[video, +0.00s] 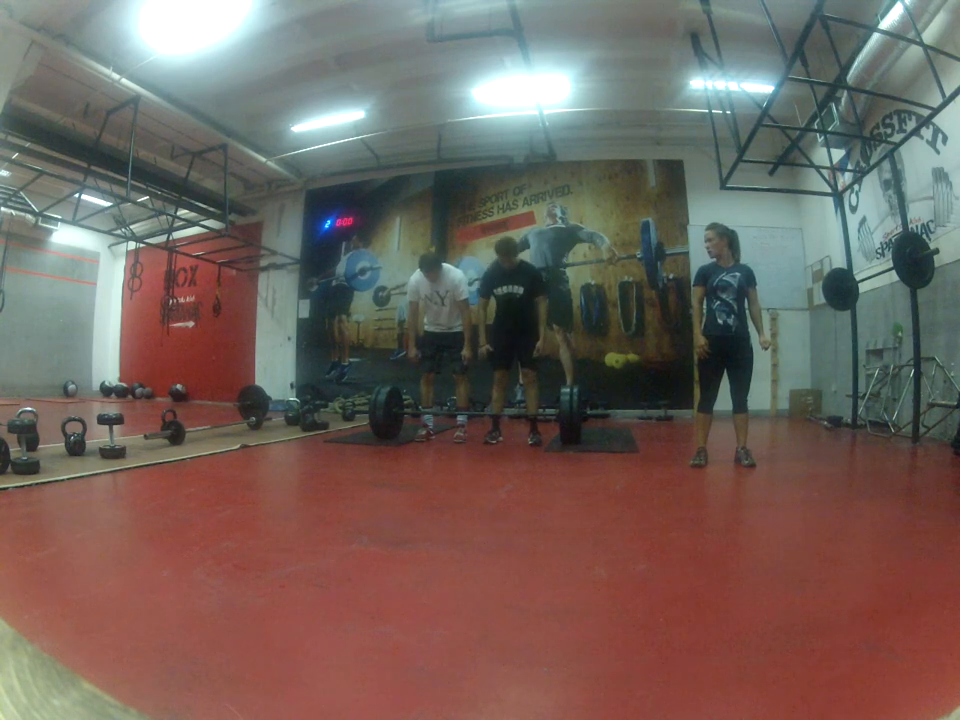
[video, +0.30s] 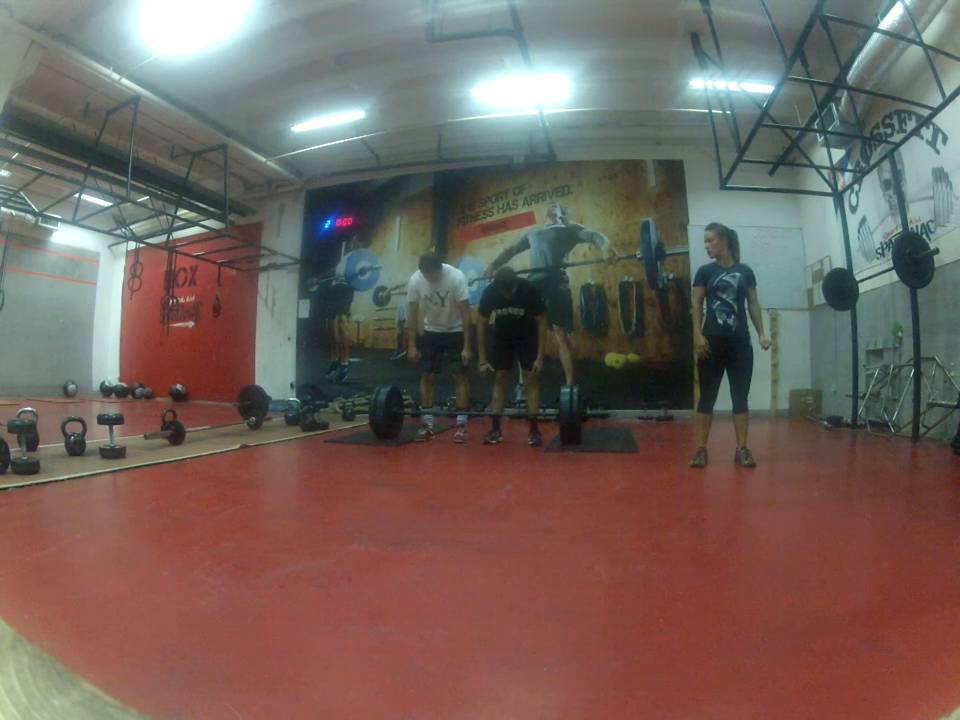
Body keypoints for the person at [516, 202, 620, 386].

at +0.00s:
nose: (551, 218)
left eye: (555, 215)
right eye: (548, 215)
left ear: (563, 218)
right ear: (544, 218)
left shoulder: (570, 229)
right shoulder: (533, 233)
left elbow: (594, 236)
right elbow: (513, 250)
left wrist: (607, 248)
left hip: (557, 283)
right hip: (533, 285)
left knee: (561, 333)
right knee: (528, 334)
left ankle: (570, 385)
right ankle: (523, 386)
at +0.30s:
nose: (551, 218)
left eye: (555, 214)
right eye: (549, 215)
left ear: (563, 217)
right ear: (545, 218)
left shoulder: (570, 229)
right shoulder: (533, 233)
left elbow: (593, 235)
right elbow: (512, 250)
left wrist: (607, 247)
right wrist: (492, 266)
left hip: (557, 285)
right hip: (534, 286)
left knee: (562, 335)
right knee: (528, 333)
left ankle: (570, 385)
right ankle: (523, 384)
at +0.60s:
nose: (551, 218)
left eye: (555, 215)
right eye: (549, 215)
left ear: (563, 218)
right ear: (545, 218)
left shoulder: (570, 229)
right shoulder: (533, 233)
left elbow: (593, 235)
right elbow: (511, 250)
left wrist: (607, 248)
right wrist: (493, 265)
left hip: (557, 285)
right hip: (533, 286)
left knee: (562, 335)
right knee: (529, 332)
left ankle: (570, 385)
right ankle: (523, 385)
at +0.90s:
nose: (551, 218)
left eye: (555, 215)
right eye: (549, 215)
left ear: (563, 218)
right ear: (545, 218)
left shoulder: (570, 229)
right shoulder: (533, 233)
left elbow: (593, 235)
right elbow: (512, 250)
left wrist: (607, 248)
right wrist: (493, 265)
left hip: (557, 285)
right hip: (534, 286)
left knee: (562, 335)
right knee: (528, 332)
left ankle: (570, 385)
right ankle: (523, 384)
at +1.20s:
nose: (554, 217)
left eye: (557, 214)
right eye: (550, 214)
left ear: (563, 218)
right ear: (545, 218)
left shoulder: (570, 229)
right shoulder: (534, 233)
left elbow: (593, 235)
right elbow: (512, 249)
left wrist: (607, 248)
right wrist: (493, 265)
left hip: (558, 285)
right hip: (534, 286)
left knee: (563, 337)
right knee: (531, 341)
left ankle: (570, 389)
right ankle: (543, 398)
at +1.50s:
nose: (552, 216)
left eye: (555, 213)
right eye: (549, 213)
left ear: (563, 217)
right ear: (545, 218)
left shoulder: (570, 229)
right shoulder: (534, 233)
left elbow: (593, 235)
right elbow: (512, 250)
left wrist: (606, 248)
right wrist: (493, 266)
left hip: (557, 283)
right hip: (534, 284)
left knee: (562, 335)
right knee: (529, 334)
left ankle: (569, 386)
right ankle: (527, 387)